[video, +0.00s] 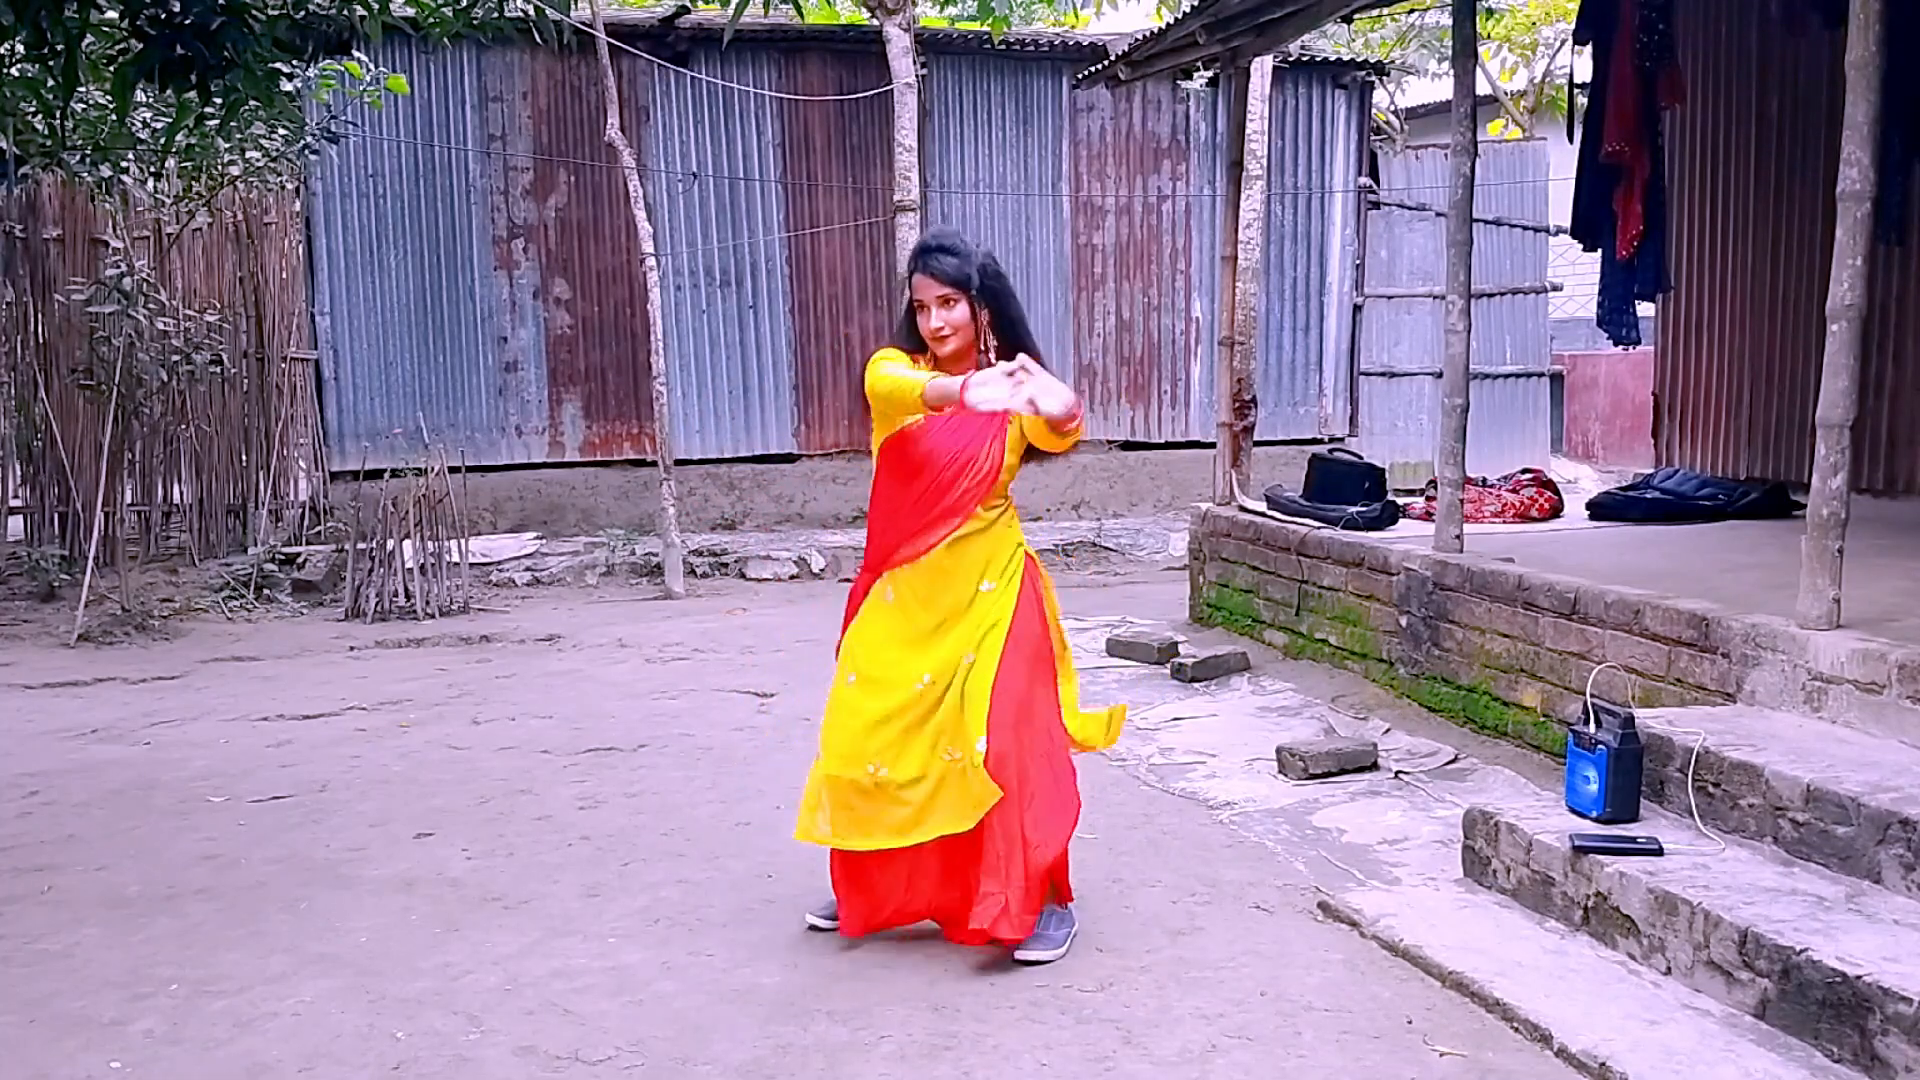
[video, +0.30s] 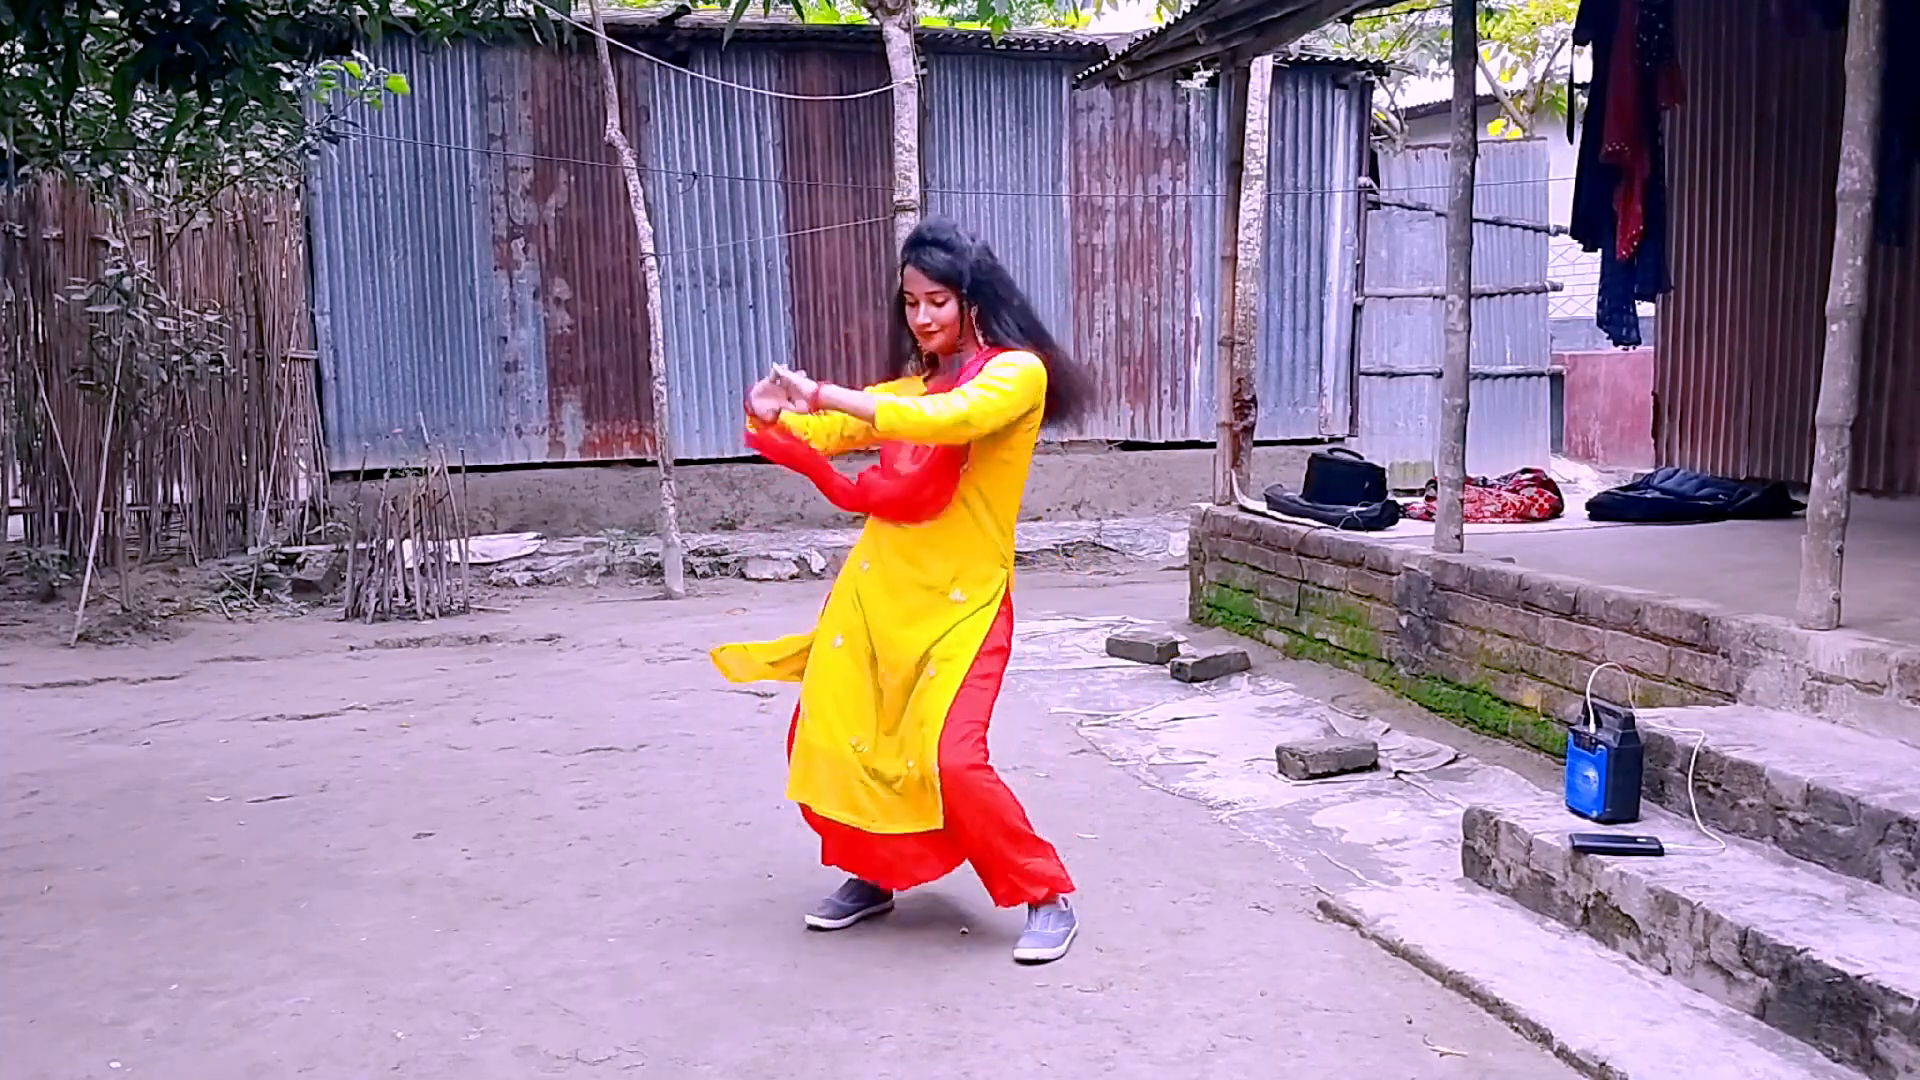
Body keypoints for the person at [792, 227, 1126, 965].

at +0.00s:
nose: (935, 322)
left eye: (948, 303)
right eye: (923, 308)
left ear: (983, 305)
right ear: (914, 313)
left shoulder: (1014, 383)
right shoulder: (893, 370)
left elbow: (1060, 422)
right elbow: (899, 382)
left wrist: (1040, 386)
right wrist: (967, 388)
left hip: (994, 574)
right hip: (905, 580)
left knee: (1015, 733)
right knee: (864, 727)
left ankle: (1050, 900)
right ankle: (861, 887)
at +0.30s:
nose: (922, 319)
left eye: (936, 301)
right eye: (911, 303)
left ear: (975, 297)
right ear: (903, 305)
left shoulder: (1019, 370)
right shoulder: (910, 388)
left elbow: (953, 416)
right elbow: (834, 428)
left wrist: (824, 398)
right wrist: (768, 418)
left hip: (967, 594)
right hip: (880, 585)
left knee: (952, 755)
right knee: (825, 729)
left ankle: (1048, 895)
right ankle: (869, 874)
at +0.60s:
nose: (926, 275)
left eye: (943, 260)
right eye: (917, 258)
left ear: (977, 265)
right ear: (906, 262)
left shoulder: (1005, 337)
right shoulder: (902, 353)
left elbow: (957, 410)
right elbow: (849, 414)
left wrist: (867, 467)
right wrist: (808, 455)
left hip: (986, 555)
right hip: (914, 559)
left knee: (987, 720)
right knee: (881, 711)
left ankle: (1047, 897)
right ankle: (875, 876)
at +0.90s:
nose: (941, 285)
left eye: (957, 269)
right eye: (929, 270)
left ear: (992, 271)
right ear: (918, 277)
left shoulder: (1026, 342)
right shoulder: (916, 372)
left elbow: (966, 418)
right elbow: (865, 440)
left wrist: (872, 484)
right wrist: (832, 486)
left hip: (1001, 566)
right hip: (914, 563)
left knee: (977, 735)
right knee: (858, 716)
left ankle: (1049, 900)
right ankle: (875, 871)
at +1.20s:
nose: (946, 326)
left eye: (961, 309)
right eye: (930, 310)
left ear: (986, 313)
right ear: (910, 313)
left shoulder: (998, 397)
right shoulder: (872, 382)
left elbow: (1066, 437)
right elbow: (885, 402)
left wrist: (1077, 381)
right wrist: (972, 378)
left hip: (998, 583)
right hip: (908, 592)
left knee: (1028, 739)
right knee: (876, 738)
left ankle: (1054, 899)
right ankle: (876, 876)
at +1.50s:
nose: (912, 307)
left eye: (925, 290)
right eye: (898, 293)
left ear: (962, 284)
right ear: (886, 294)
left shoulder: (1009, 367)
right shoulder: (877, 363)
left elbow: (981, 456)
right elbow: (794, 412)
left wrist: (878, 502)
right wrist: (794, 465)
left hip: (951, 582)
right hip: (864, 575)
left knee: (948, 750)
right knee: (836, 721)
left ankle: (1048, 896)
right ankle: (867, 875)